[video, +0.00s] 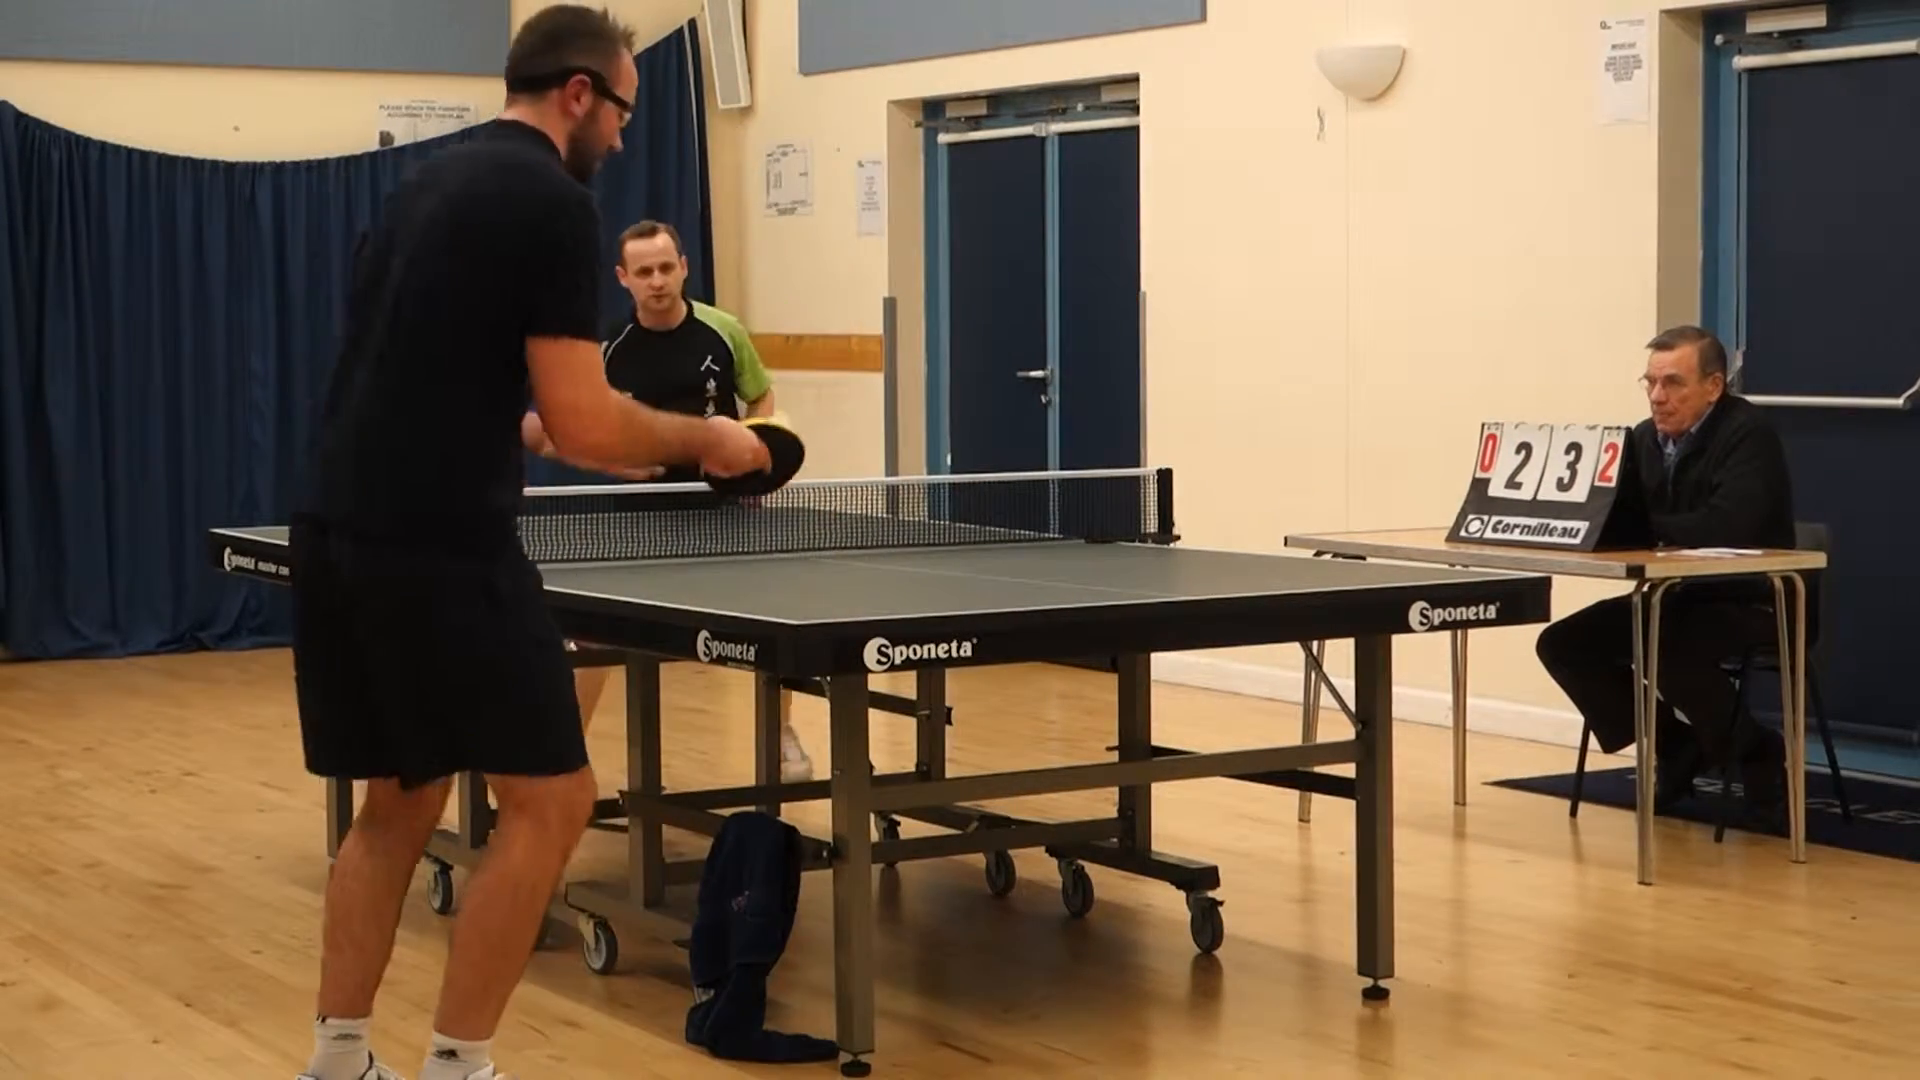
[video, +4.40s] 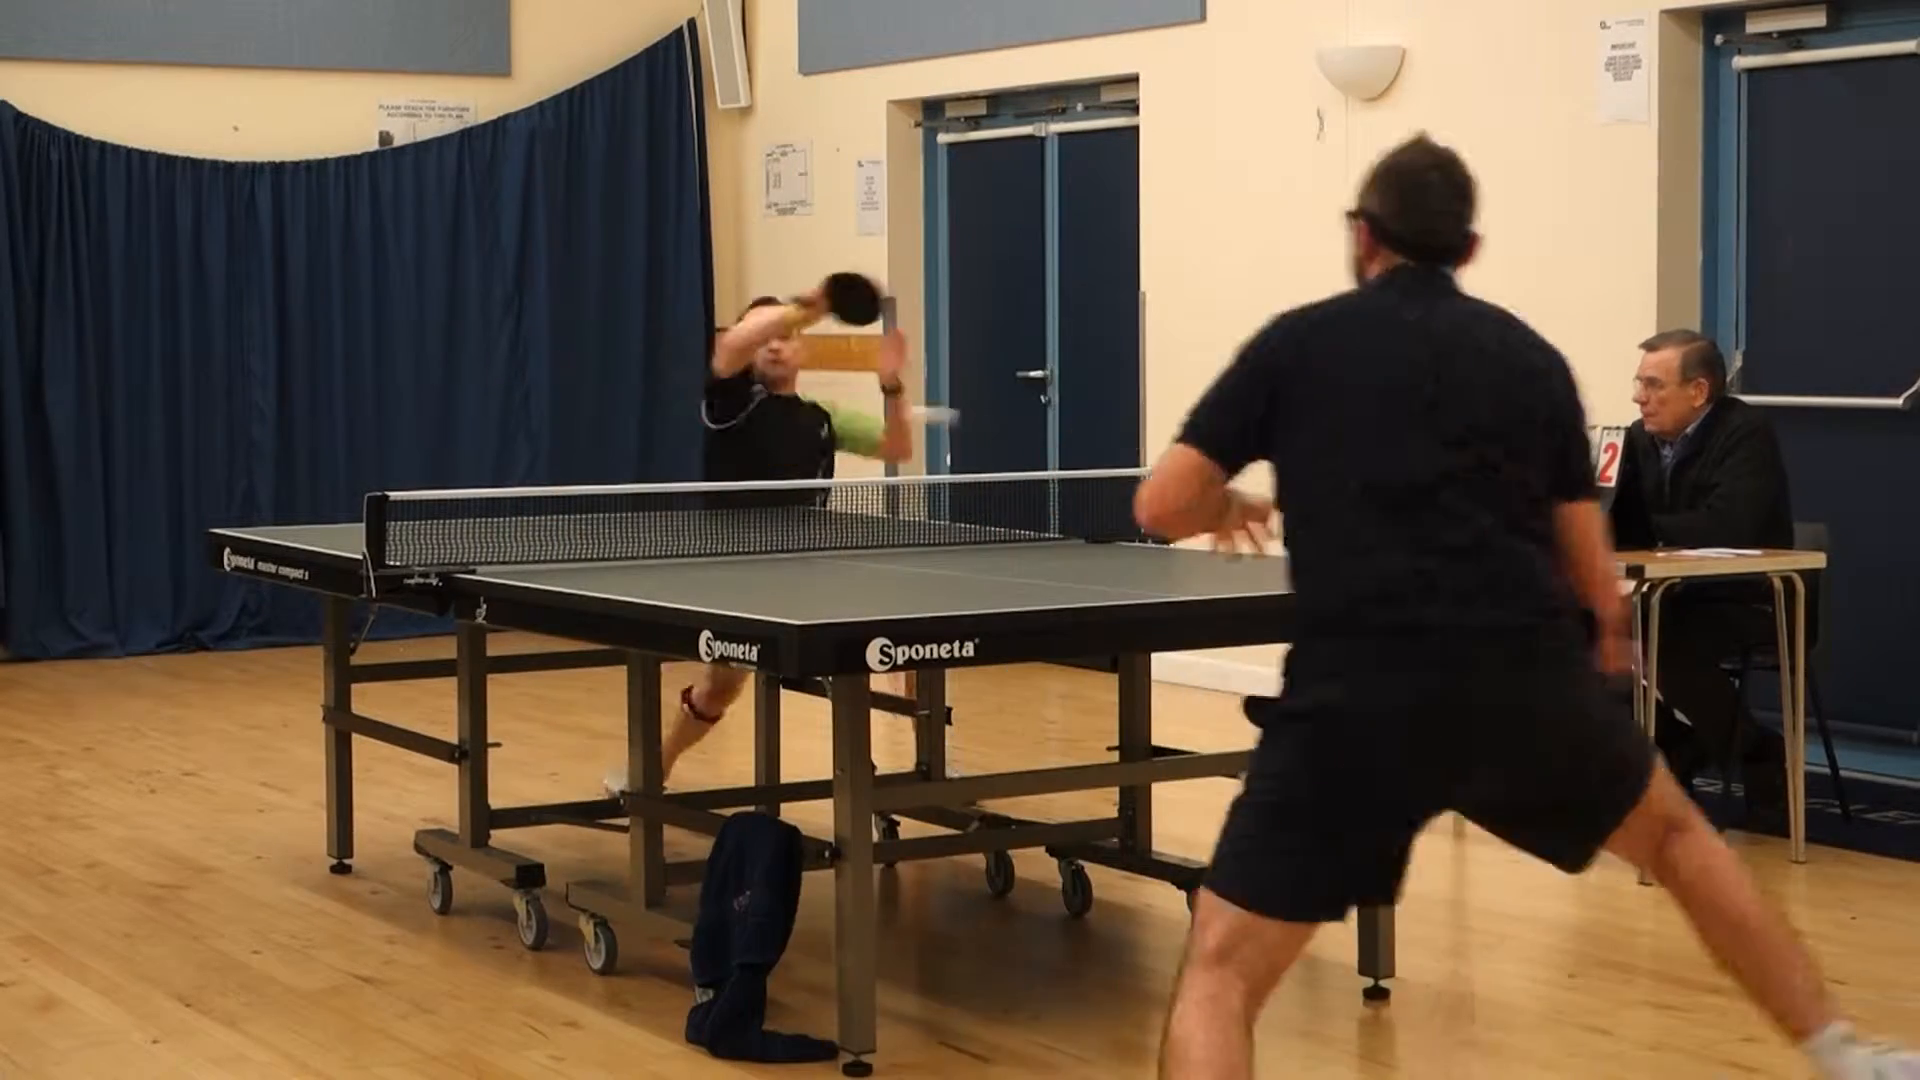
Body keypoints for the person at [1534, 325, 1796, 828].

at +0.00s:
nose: (1657, 395)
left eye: (1672, 382)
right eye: (1651, 381)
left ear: (1714, 387)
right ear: (1644, 382)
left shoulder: (1749, 435)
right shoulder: (1642, 440)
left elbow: (1733, 526)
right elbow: (1612, 518)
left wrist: (1642, 532)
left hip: (1756, 600)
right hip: (1672, 597)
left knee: (1669, 646)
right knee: (1562, 644)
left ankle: (1757, 751)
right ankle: (1675, 743)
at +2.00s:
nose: (1659, 397)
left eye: (1674, 385)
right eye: (1653, 384)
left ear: (1715, 389)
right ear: (1645, 385)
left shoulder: (1749, 435)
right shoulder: (1641, 438)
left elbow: (1733, 527)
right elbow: (1613, 520)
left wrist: (1642, 531)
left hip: (1753, 600)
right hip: (1672, 595)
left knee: (1668, 647)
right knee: (1562, 644)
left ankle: (1757, 750)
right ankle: (1674, 744)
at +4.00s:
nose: (1647, 400)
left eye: (1661, 388)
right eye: (1644, 387)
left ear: (1706, 393)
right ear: (1639, 388)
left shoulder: (1746, 435)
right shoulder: (1639, 440)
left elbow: (1734, 528)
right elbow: (1611, 521)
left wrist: (1641, 532)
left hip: (1758, 601)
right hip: (1675, 597)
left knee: (1669, 646)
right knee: (1560, 639)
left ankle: (1760, 753)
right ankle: (1671, 741)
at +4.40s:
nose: (1639, 396)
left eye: (1653, 385)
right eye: (1640, 383)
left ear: (1698, 393)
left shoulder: (1746, 435)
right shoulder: (1642, 439)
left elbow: (1734, 528)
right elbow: (1623, 529)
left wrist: (1647, 532)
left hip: (1755, 597)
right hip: (1677, 592)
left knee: (1670, 642)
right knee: (1605, 629)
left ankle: (1758, 753)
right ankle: (1675, 742)